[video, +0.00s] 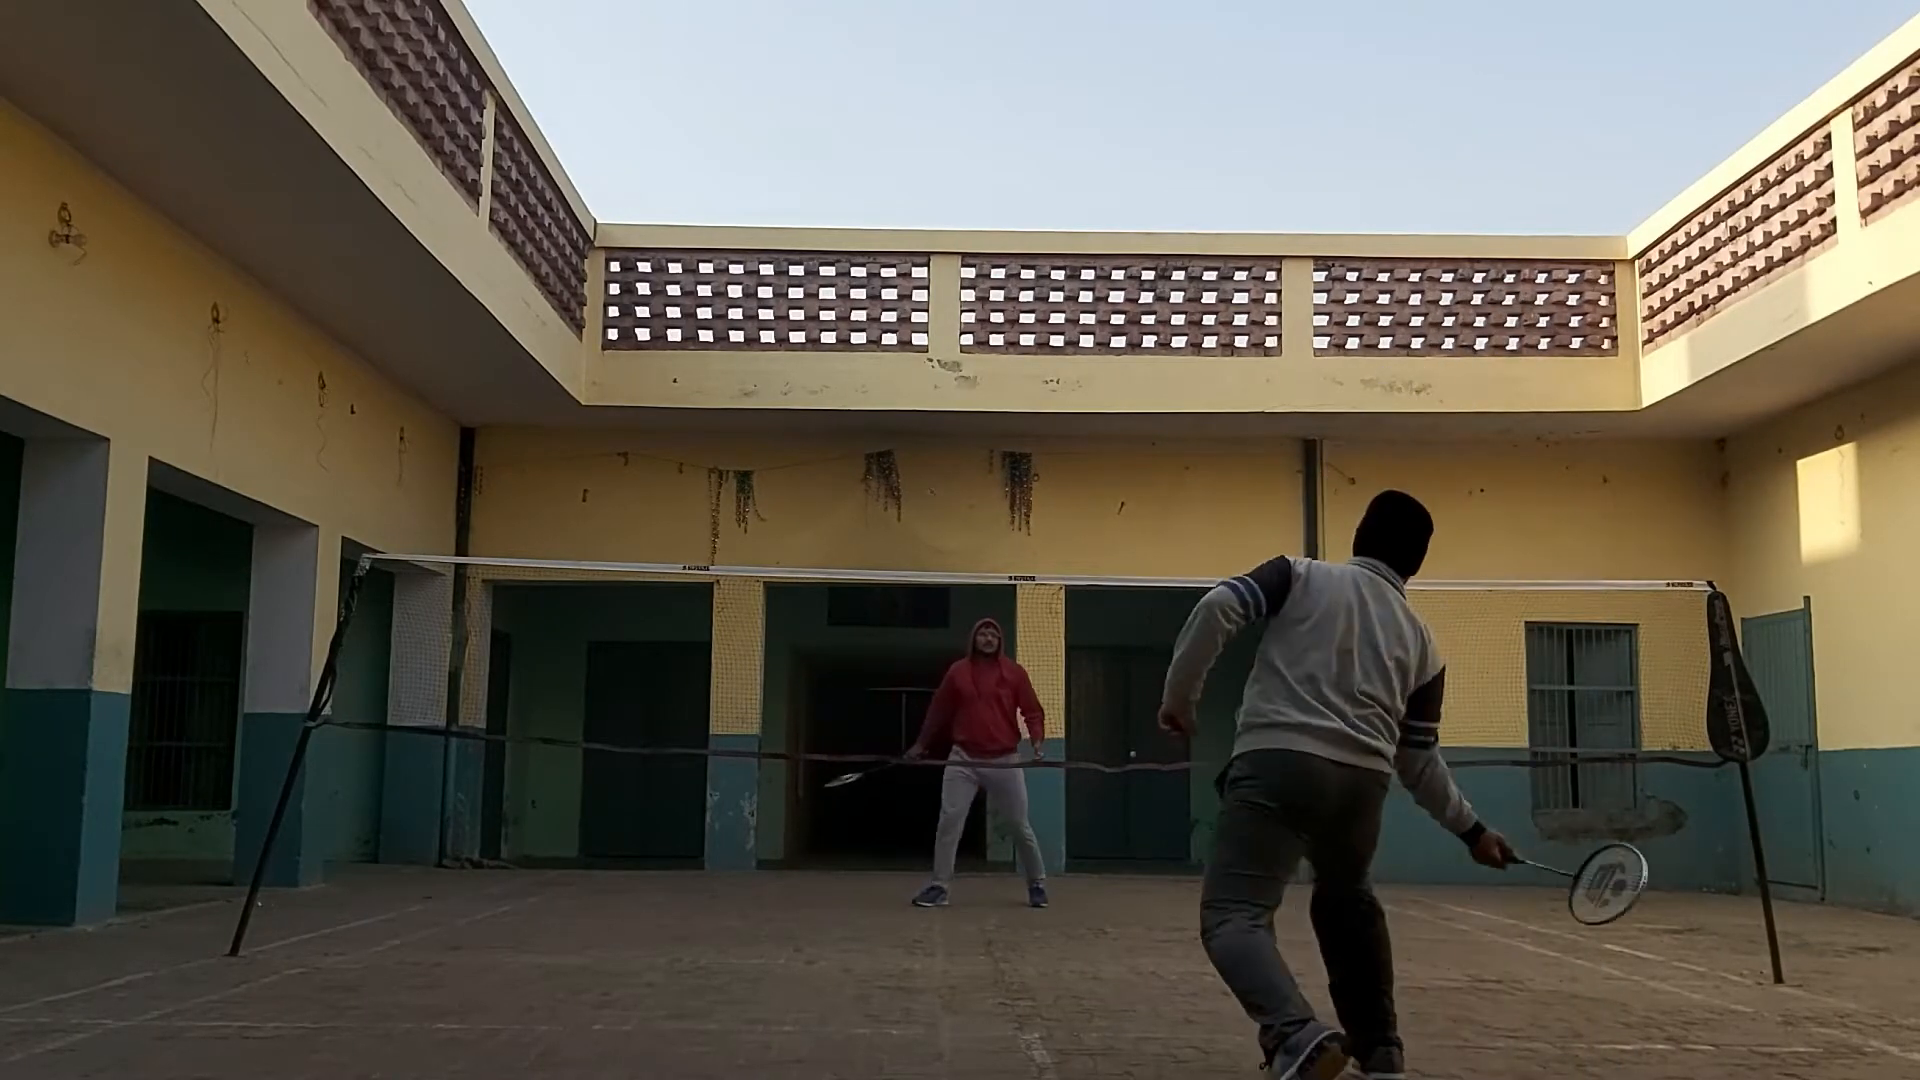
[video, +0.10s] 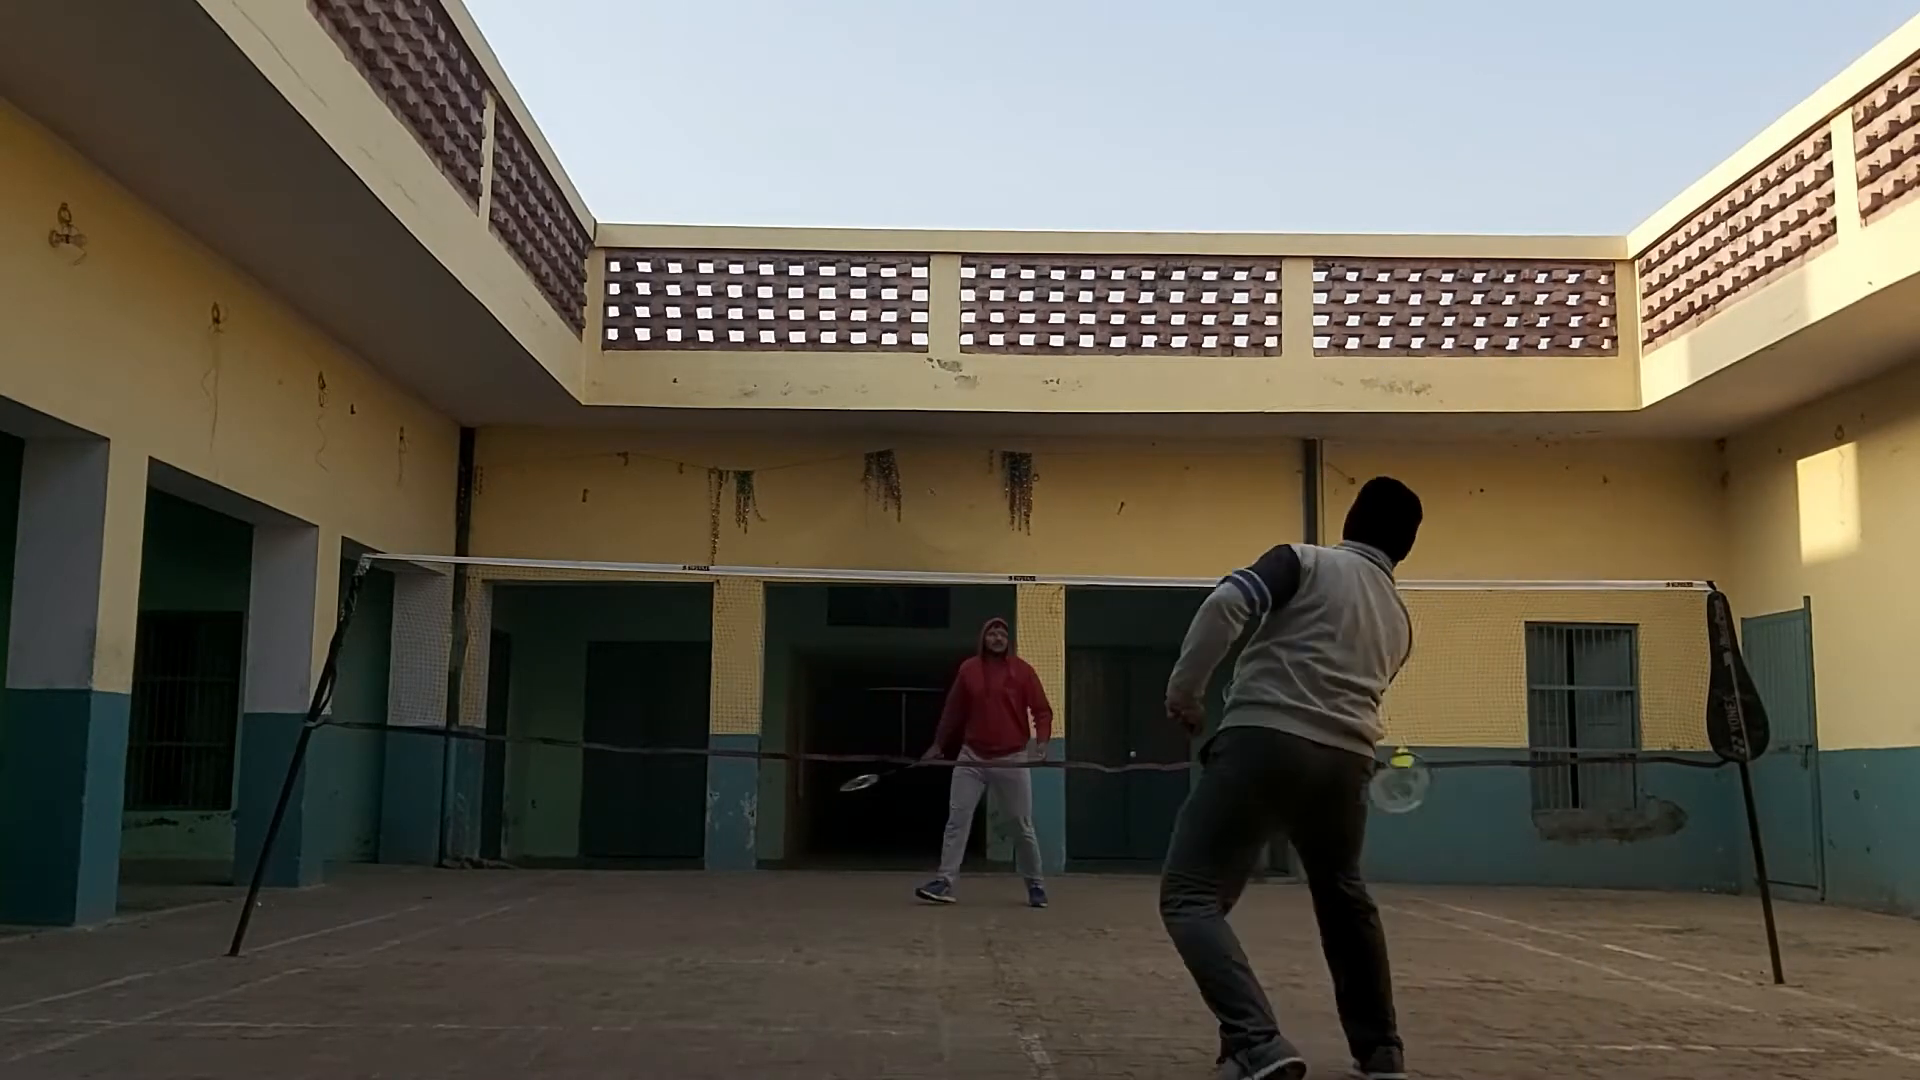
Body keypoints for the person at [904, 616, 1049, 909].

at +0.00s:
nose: (987, 638)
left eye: (992, 635)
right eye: (982, 634)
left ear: (1000, 641)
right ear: (973, 639)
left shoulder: (1014, 672)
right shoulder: (958, 670)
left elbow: (1033, 711)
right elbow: (938, 709)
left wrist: (1037, 741)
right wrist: (920, 744)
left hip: (1003, 760)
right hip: (963, 758)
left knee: (1018, 826)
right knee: (949, 821)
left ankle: (1036, 883)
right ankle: (939, 886)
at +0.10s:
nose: (997, 638)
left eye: (1001, 634)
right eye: (992, 634)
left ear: (1008, 640)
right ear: (983, 638)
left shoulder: (1022, 670)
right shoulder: (969, 669)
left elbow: (1043, 711)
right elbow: (952, 710)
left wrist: (1041, 745)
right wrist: (938, 745)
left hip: (1012, 757)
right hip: (972, 756)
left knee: (1022, 824)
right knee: (957, 819)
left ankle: (1035, 883)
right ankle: (944, 881)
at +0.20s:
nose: (1001, 637)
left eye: (1006, 633)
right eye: (996, 633)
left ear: (1013, 639)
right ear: (987, 638)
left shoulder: (1026, 670)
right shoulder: (972, 668)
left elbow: (1045, 711)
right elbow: (960, 710)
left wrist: (1039, 744)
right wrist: (951, 744)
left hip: (1016, 757)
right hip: (977, 754)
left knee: (1024, 823)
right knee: (962, 814)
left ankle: (1035, 885)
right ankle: (961, 880)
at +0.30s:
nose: (999, 633)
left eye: (1004, 630)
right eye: (994, 629)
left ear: (1011, 637)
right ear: (985, 636)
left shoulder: (1025, 669)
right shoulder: (974, 667)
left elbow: (1044, 707)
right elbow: (964, 709)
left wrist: (1032, 733)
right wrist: (956, 740)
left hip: (1017, 754)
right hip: (981, 753)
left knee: (1026, 819)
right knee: (966, 813)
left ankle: (1035, 882)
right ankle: (973, 872)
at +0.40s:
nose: (993, 637)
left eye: (998, 635)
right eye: (988, 635)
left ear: (1006, 643)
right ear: (980, 643)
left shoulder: (1019, 671)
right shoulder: (972, 674)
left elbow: (1037, 709)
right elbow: (965, 715)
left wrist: (1018, 730)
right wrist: (959, 745)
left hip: (1018, 761)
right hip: (982, 759)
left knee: (1026, 821)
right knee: (966, 815)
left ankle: (1036, 884)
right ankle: (973, 875)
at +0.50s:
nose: (983, 645)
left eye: (988, 643)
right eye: (979, 642)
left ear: (997, 651)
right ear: (973, 651)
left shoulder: (1011, 680)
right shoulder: (969, 686)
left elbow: (1021, 713)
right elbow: (964, 725)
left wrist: (990, 720)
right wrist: (954, 753)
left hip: (1016, 769)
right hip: (981, 768)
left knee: (1026, 822)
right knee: (959, 818)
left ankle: (1036, 884)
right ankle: (968, 877)